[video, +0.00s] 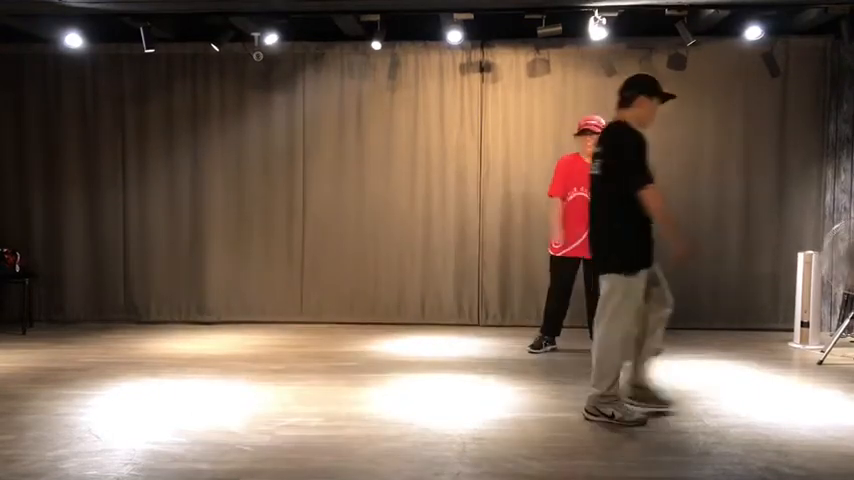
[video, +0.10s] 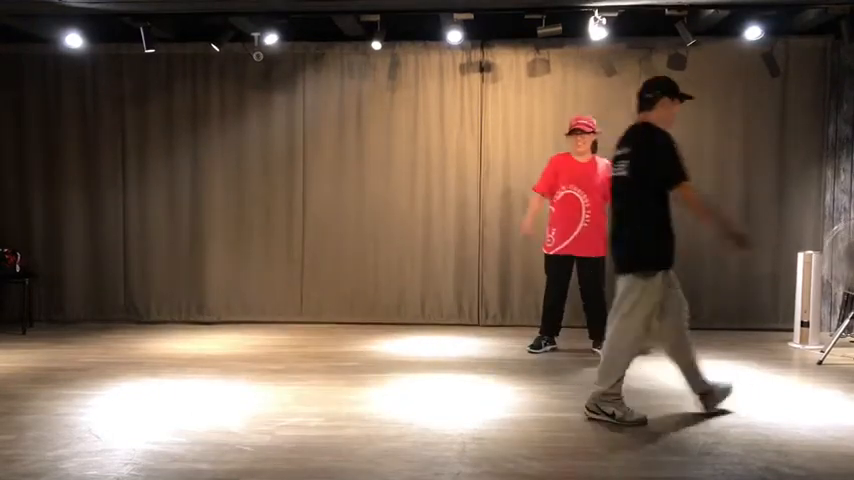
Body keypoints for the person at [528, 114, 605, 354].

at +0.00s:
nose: (590, 140)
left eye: (594, 136)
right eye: (586, 135)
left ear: (602, 139)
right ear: (579, 138)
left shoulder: (606, 166)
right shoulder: (566, 164)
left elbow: (613, 202)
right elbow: (557, 200)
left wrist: (608, 237)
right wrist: (557, 232)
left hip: (595, 242)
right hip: (567, 241)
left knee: (597, 293)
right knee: (558, 291)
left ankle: (599, 337)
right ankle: (548, 335)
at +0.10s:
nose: (579, 140)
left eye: (584, 136)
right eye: (575, 136)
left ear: (593, 138)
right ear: (569, 139)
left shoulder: (604, 166)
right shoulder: (558, 162)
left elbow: (614, 201)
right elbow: (540, 193)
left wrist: (621, 235)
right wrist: (530, 219)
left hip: (592, 241)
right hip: (559, 239)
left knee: (593, 293)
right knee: (554, 291)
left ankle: (599, 339)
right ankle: (547, 336)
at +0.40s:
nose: (548, 142)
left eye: (552, 137)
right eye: (544, 138)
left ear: (563, 138)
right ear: (540, 140)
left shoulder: (575, 163)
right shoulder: (538, 163)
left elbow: (603, 184)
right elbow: (536, 186)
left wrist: (627, 202)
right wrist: (525, 197)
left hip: (565, 241)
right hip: (536, 241)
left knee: (574, 292)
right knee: (541, 293)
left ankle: (589, 339)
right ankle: (546, 337)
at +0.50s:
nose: (539, 144)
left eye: (543, 139)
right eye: (535, 140)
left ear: (555, 139)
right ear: (531, 142)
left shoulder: (570, 163)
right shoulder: (533, 166)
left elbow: (599, 180)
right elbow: (540, 190)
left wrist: (627, 195)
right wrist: (528, 200)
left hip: (560, 242)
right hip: (533, 242)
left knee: (561, 292)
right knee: (539, 293)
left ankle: (571, 341)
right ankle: (545, 337)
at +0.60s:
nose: (531, 149)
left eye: (535, 144)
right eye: (528, 145)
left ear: (547, 142)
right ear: (525, 146)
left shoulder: (564, 166)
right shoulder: (528, 169)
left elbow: (591, 187)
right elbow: (522, 196)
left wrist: (613, 203)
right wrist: (506, 215)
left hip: (558, 242)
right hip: (532, 242)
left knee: (550, 290)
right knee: (536, 290)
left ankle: (549, 341)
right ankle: (542, 335)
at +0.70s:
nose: (530, 151)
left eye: (534, 146)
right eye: (526, 147)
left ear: (547, 143)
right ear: (523, 147)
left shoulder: (561, 166)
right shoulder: (527, 172)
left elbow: (562, 193)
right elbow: (511, 200)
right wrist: (491, 221)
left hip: (554, 239)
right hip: (532, 239)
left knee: (541, 290)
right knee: (536, 290)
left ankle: (531, 334)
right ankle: (542, 336)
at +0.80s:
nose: (532, 152)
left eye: (536, 146)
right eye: (527, 147)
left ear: (548, 143)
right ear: (523, 146)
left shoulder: (557, 166)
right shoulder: (524, 170)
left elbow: (536, 184)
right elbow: (516, 193)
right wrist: (507, 197)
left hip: (552, 236)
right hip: (530, 236)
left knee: (533, 285)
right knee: (538, 287)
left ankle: (516, 332)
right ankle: (546, 336)